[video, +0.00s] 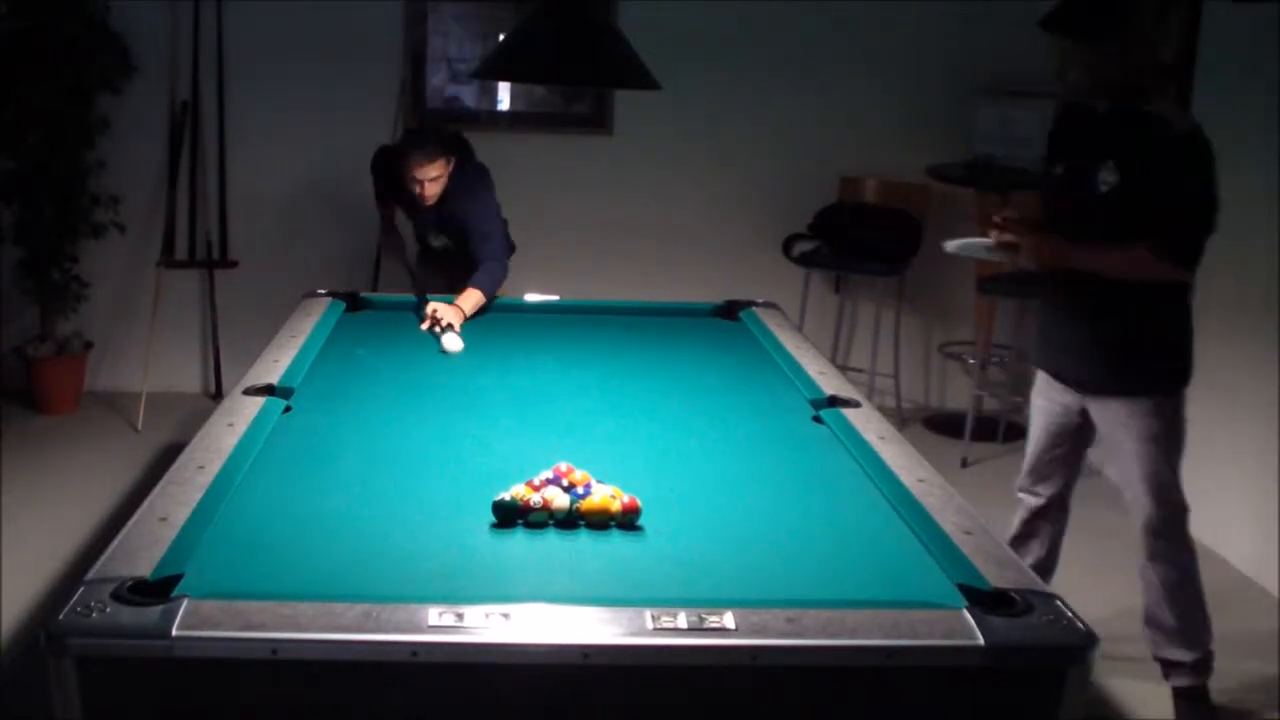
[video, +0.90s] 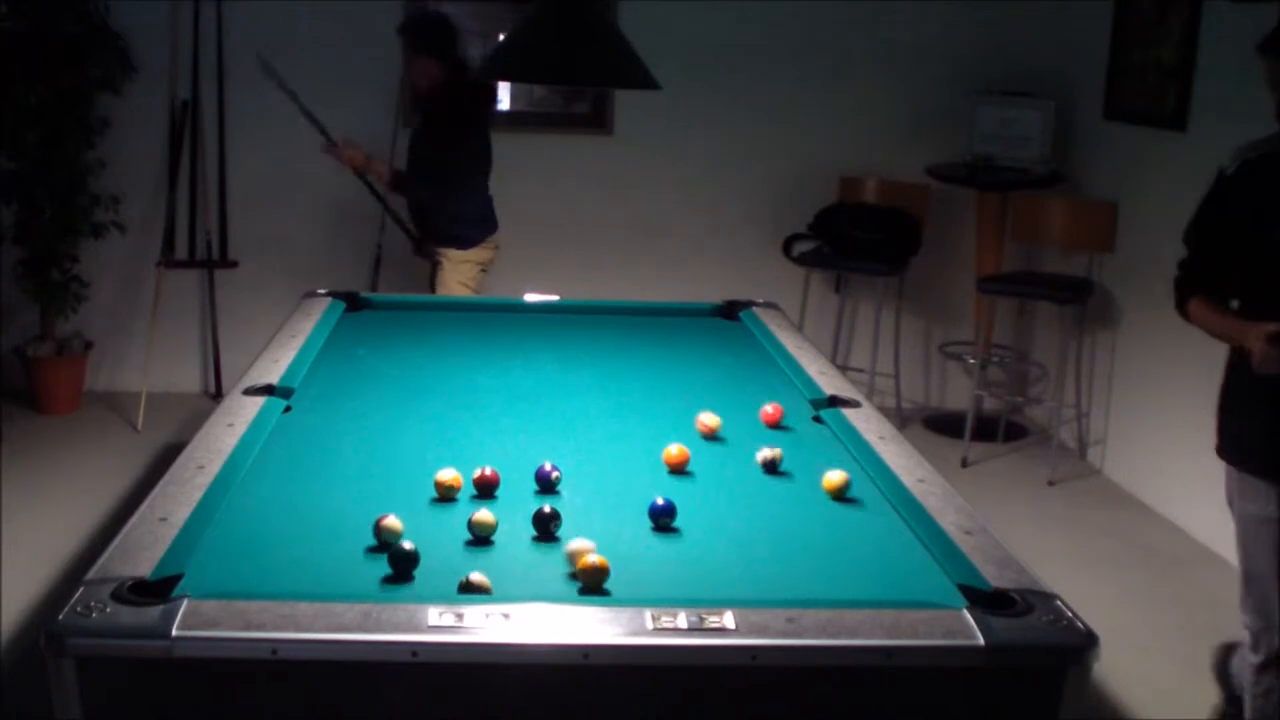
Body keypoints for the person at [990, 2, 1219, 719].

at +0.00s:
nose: (1069, 69)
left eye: (1082, 55)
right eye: (1068, 55)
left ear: (1122, 57)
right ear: (1077, 56)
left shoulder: (1179, 144)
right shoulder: (1075, 126)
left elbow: (1174, 261)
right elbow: (1068, 219)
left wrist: (1059, 252)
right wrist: (1019, 224)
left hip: (1138, 375)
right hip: (1061, 358)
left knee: (1158, 525)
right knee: (1035, 496)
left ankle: (1185, 674)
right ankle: (1011, 630)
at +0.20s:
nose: (1121, 75)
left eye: (1137, 60)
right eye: (1125, 60)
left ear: (1186, 64)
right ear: (1150, 70)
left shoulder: (1258, 156)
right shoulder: (1129, 146)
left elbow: (1263, 282)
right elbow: (1099, 241)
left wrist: (1149, 277)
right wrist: (1081, 251)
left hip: (1213, 391)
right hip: (1122, 375)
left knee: (1199, 547)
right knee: (1060, 505)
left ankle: (1191, 678)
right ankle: (1018, 634)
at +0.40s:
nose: (1228, 90)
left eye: (1242, 78)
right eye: (1220, 74)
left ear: (1266, 80)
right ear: (1205, 72)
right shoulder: (1174, 138)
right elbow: (1138, 248)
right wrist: (1154, 256)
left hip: (1262, 380)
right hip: (1167, 363)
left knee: (1232, 553)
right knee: (1111, 523)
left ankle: (1195, 681)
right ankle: (1094, 663)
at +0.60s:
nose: (1259, 77)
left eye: (1265, 64)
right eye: (1254, 62)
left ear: (1274, 70)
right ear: (1241, 62)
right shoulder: (1205, 142)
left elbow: (1149, 237)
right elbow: (1148, 236)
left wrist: (1182, 284)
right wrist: (1183, 287)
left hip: (1268, 382)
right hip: (1210, 374)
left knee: (1252, 563)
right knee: (1205, 561)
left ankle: (1209, 684)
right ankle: (1197, 698)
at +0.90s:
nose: (1273, 95)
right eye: (1273, 82)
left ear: (1270, 85)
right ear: (1269, 82)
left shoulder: (1254, 175)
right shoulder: (1252, 174)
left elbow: (1192, 292)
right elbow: (1191, 291)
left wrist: (1242, 331)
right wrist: (1245, 332)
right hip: (1262, 437)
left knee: (1267, 614)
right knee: (1265, 619)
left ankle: (1247, 679)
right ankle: (1256, 699)